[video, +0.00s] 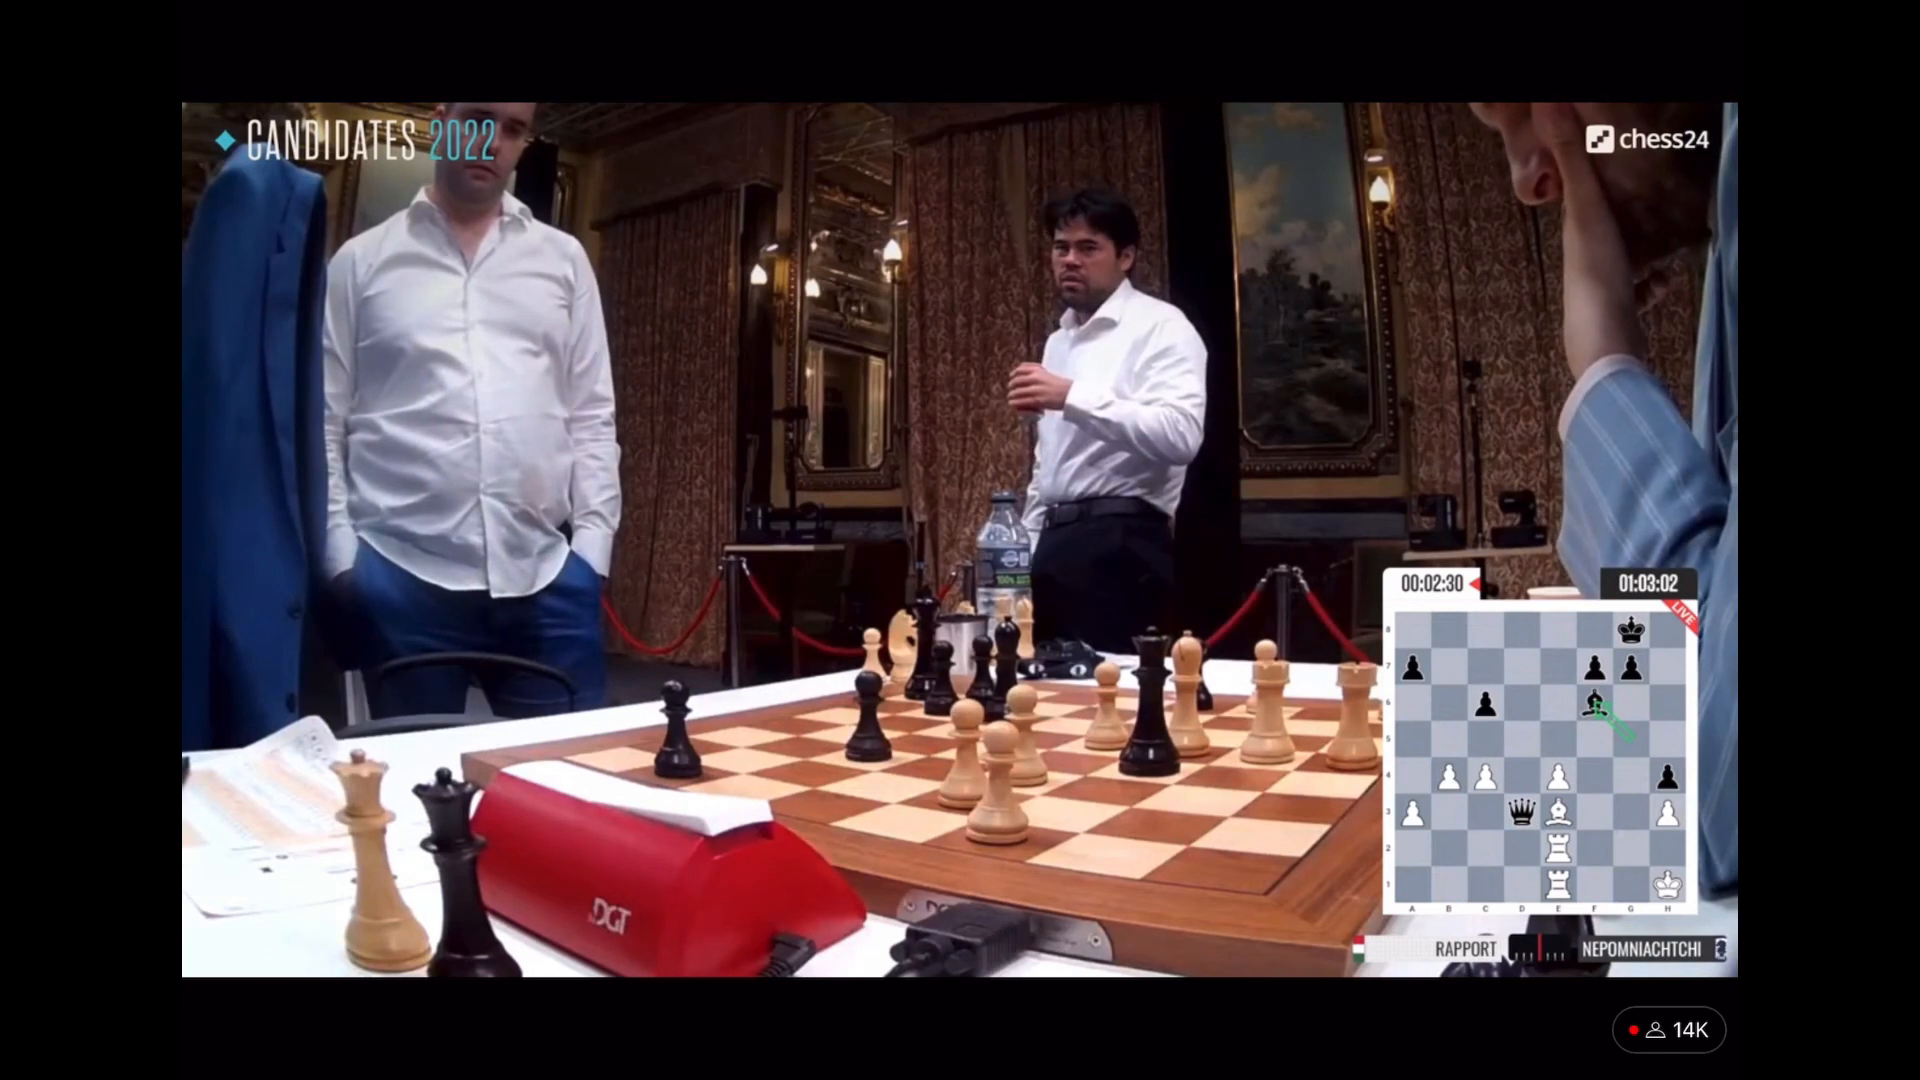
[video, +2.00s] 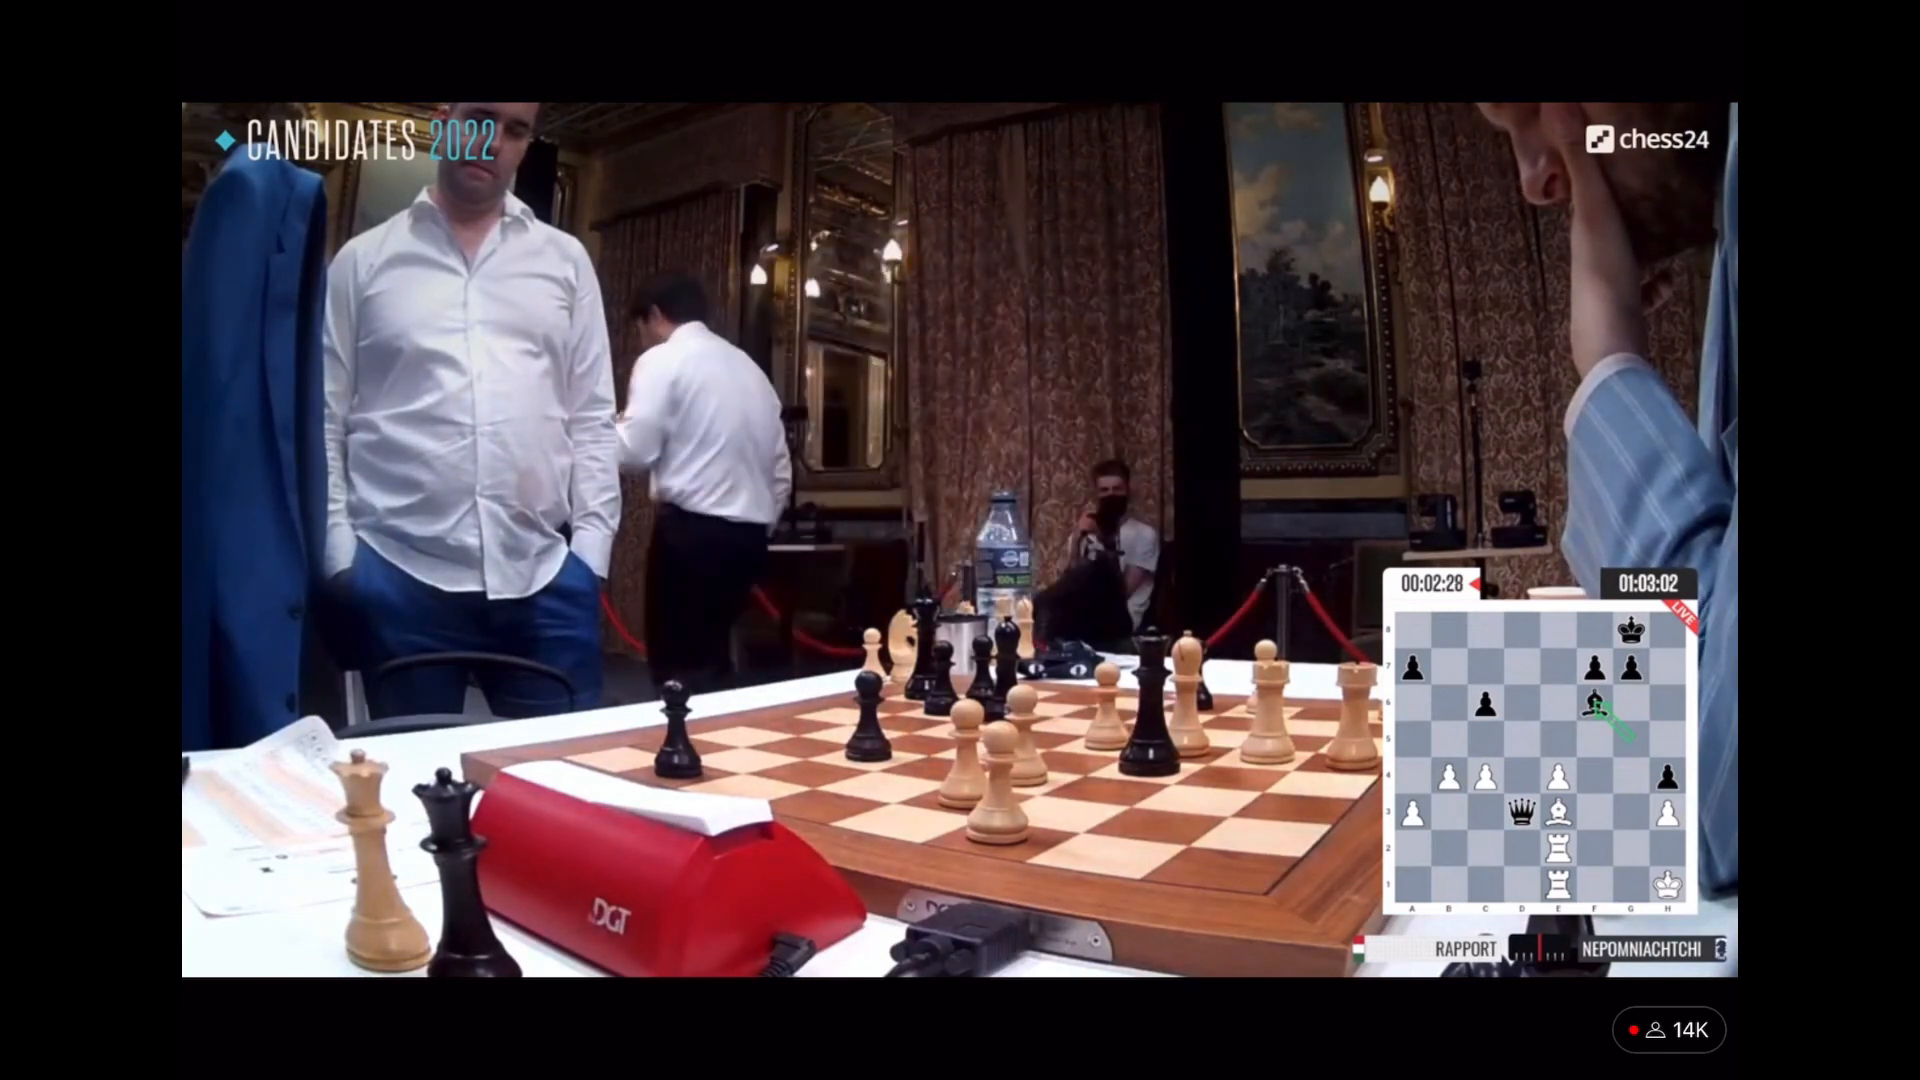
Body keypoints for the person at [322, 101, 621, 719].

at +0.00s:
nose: (489, 144)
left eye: (511, 130)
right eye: (475, 120)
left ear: (528, 144)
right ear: (439, 120)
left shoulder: (563, 259)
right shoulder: (360, 263)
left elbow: (592, 416)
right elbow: (325, 420)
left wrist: (590, 550)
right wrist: (343, 562)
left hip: (549, 584)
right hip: (403, 586)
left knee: (575, 787)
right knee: (417, 792)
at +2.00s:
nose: (490, 144)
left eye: (513, 131)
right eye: (477, 120)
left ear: (530, 145)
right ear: (441, 121)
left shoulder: (565, 260)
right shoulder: (362, 262)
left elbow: (592, 417)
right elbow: (326, 418)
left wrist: (588, 553)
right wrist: (341, 560)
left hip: (546, 583)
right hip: (401, 585)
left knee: (570, 786)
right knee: (412, 789)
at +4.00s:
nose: (483, 146)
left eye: (503, 130)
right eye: (467, 121)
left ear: (517, 144)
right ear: (425, 120)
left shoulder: (536, 259)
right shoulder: (344, 255)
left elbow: (563, 416)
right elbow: (308, 419)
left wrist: (565, 548)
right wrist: (335, 564)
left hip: (528, 580)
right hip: (391, 584)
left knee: (560, 778)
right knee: (411, 786)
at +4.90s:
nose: (526, 135)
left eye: (540, 118)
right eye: (505, 115)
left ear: (552, 129)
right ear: (460, 119)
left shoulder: (566, 247)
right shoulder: (393, 246)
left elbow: (590, 403)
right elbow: (349, 419)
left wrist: (587, 538)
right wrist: (394, 574)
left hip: (565, 578)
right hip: (443, 584)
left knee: (568, 790)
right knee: (447, 800)